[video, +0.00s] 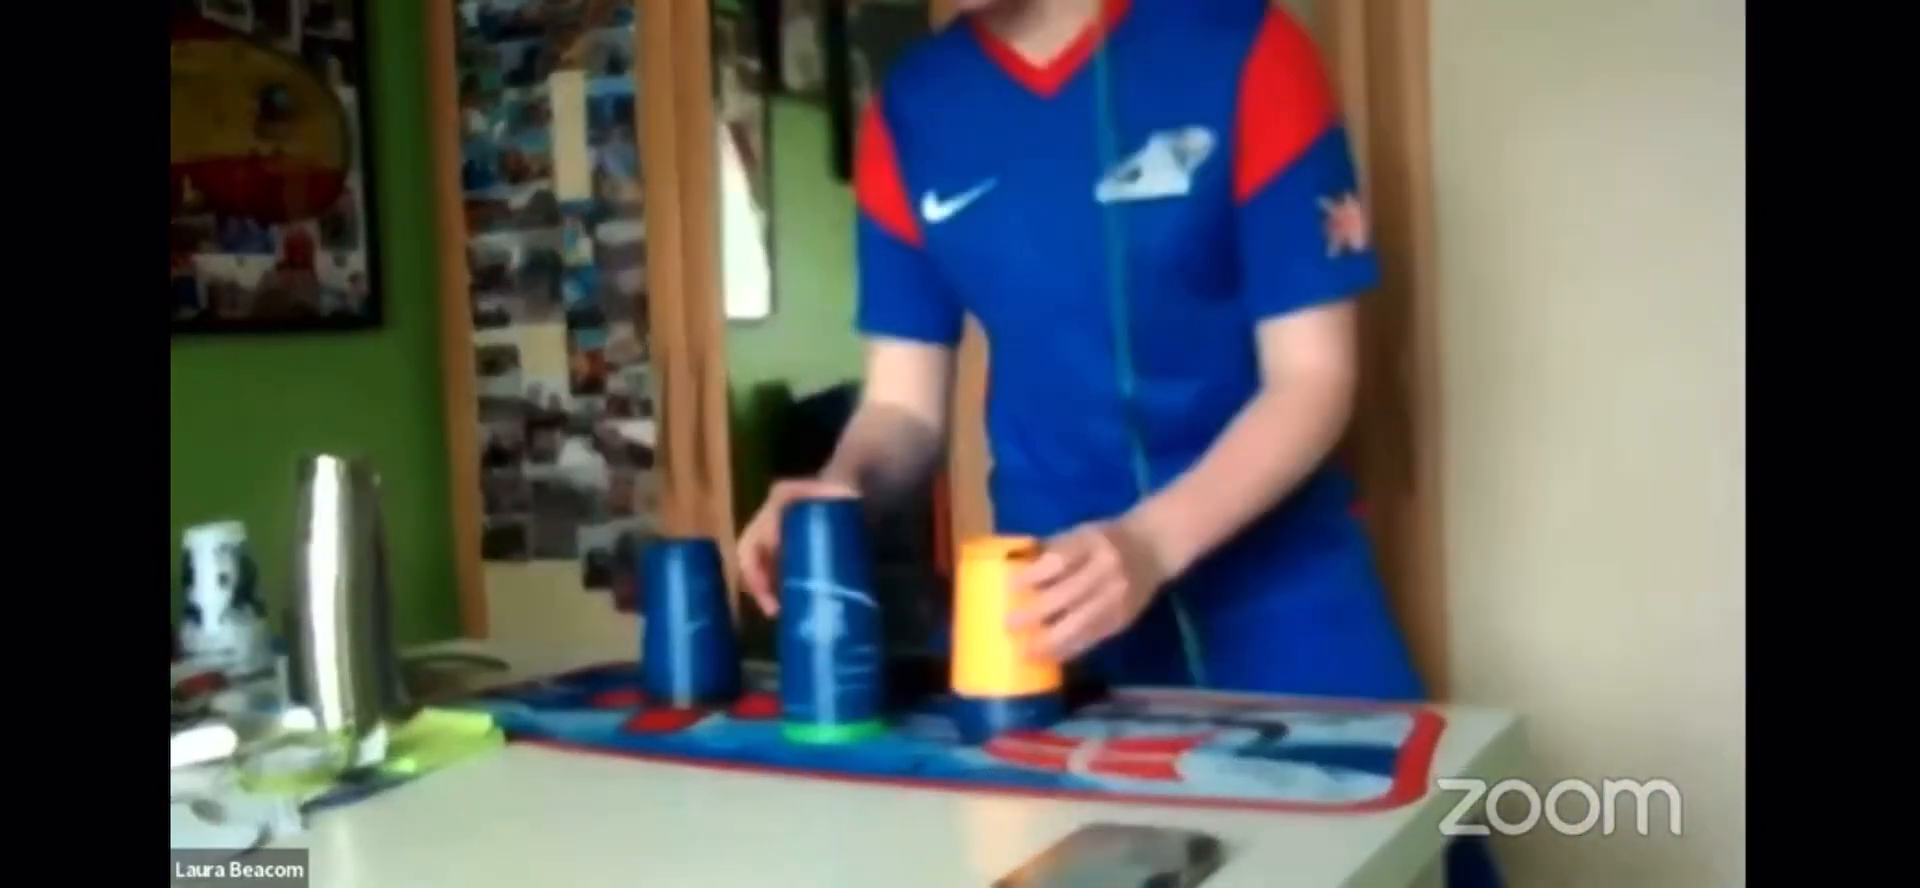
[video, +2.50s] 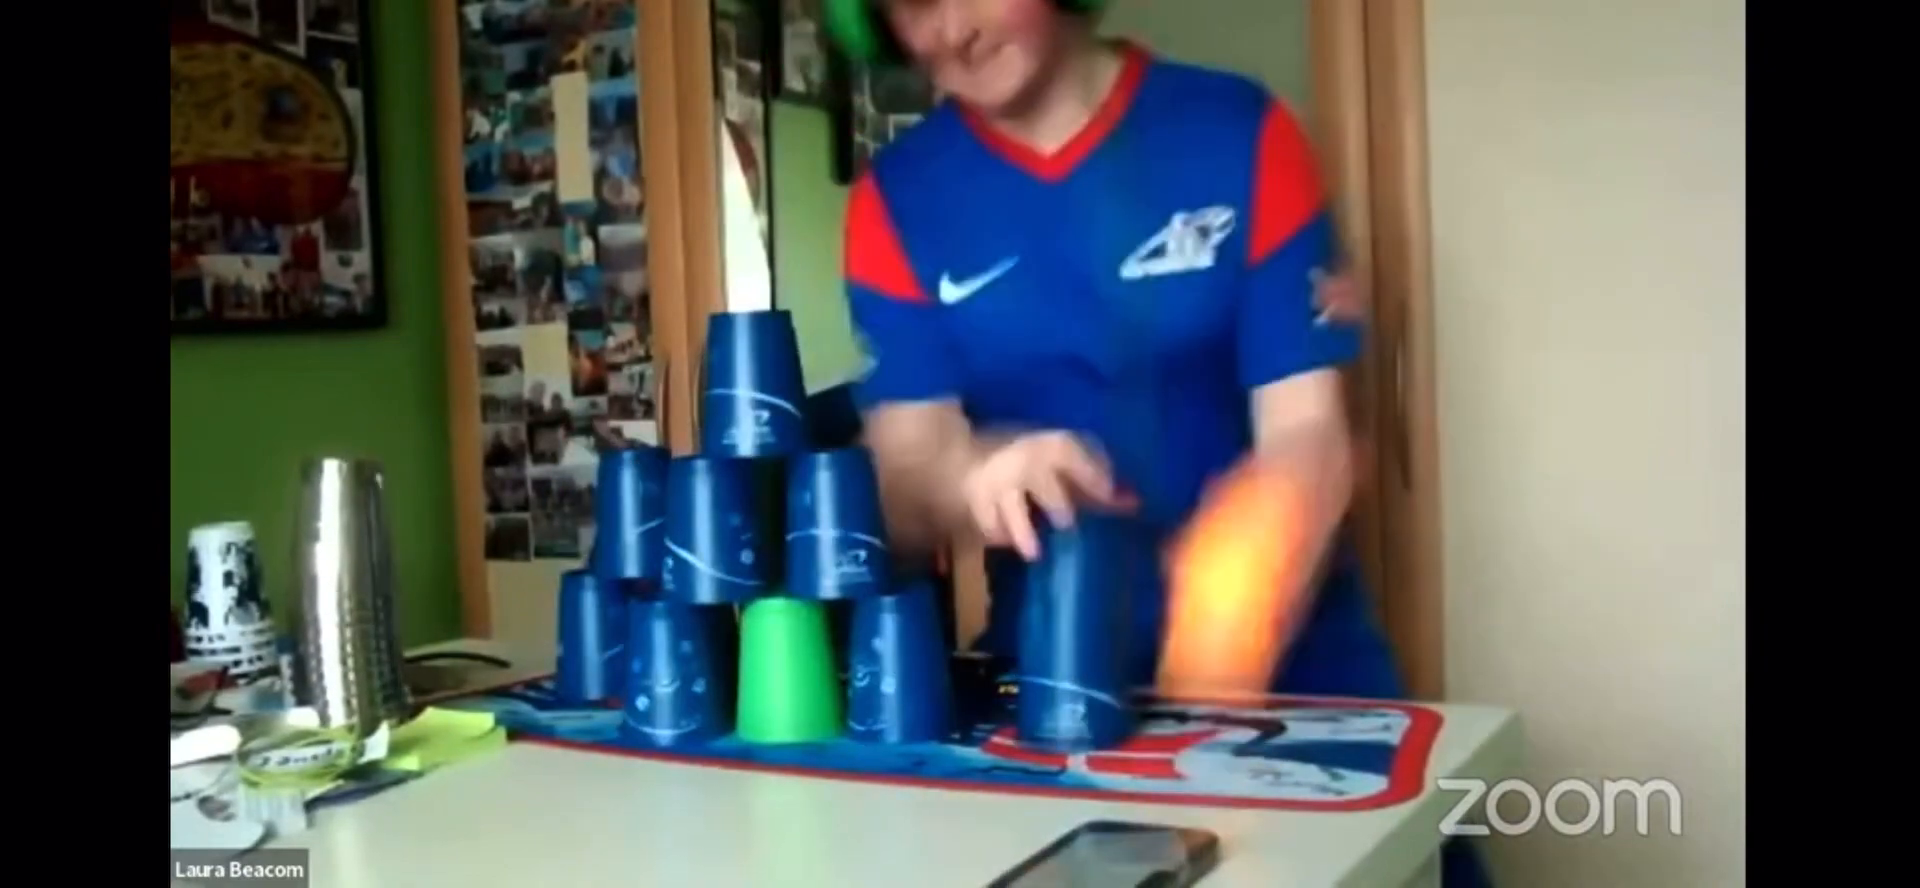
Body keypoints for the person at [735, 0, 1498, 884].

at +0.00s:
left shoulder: (1240, 50)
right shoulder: (914, 107)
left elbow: (1315, 380)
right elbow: (902, 406)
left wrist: (1148, 543)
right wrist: (836, 496)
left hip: (1275, 605)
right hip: (1057, 631)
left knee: (1357, 859)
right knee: (1091, 865)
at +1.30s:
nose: (1012, 5)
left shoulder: (1281, 100)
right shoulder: (938, 146)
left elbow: (1316, 417)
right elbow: (921, 429)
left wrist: (1257, 562)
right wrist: (949, 460)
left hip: (1266, 605)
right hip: (1047, 610)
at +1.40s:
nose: (1018, 1)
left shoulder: (1286, 101)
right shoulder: (941, 143)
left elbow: (1322, 418)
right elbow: (916, 446)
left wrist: (1251, 552)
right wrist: (965, 461)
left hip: (1270, 582)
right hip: (1048, 596)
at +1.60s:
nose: (942, 5)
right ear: (911, 4)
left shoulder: (1243, 120)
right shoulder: (924, 150)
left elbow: (1220, 466)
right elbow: (921, 434)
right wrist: (827, 471)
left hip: (1280, 640)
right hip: (1063, 650)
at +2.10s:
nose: (848, 40)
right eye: (824, 17)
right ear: (816, 33)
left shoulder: (1160, 122)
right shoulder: (886, 180)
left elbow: (1161, 464)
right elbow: (902, 448)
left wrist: (855, 544)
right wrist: (733, 485)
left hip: (1251, 607)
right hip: (1061, 618)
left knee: (1331, 867)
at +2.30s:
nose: (836, 51)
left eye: (864, 4)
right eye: (809, 27)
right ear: (798, 46)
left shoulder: (1115, 134)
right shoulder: (878, 175)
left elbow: (1133, 468)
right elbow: (883, 447)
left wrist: (826, 490)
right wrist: (729, 498)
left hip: (1222, 600)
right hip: (1039, 602)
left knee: (1277, 864)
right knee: (1065, 865)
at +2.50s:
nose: (947, 28)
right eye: (911, 10)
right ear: (893, 29)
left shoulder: (1238, 134)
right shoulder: (899, 199)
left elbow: (1305, 436)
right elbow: (909, 471)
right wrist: (978, 471)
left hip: (1284, 643)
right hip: (1057, 675)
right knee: (1078, 871)